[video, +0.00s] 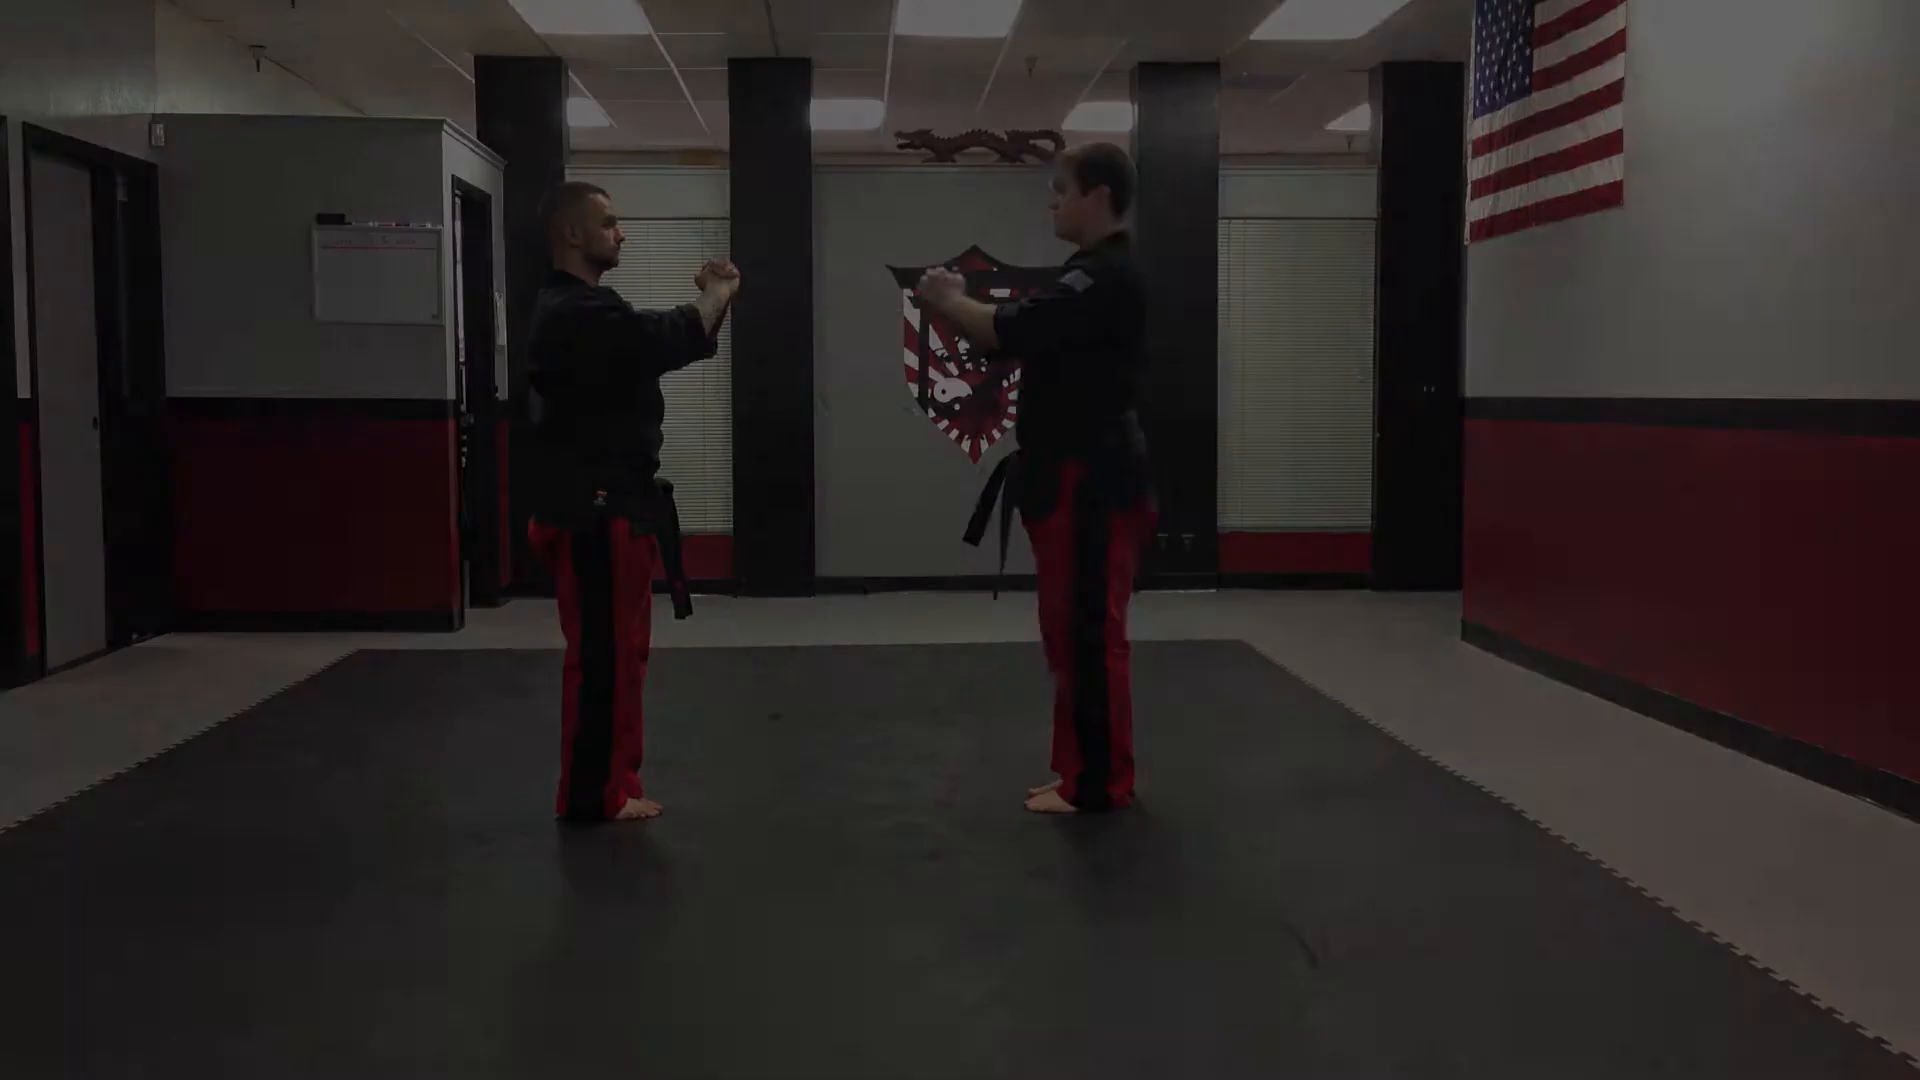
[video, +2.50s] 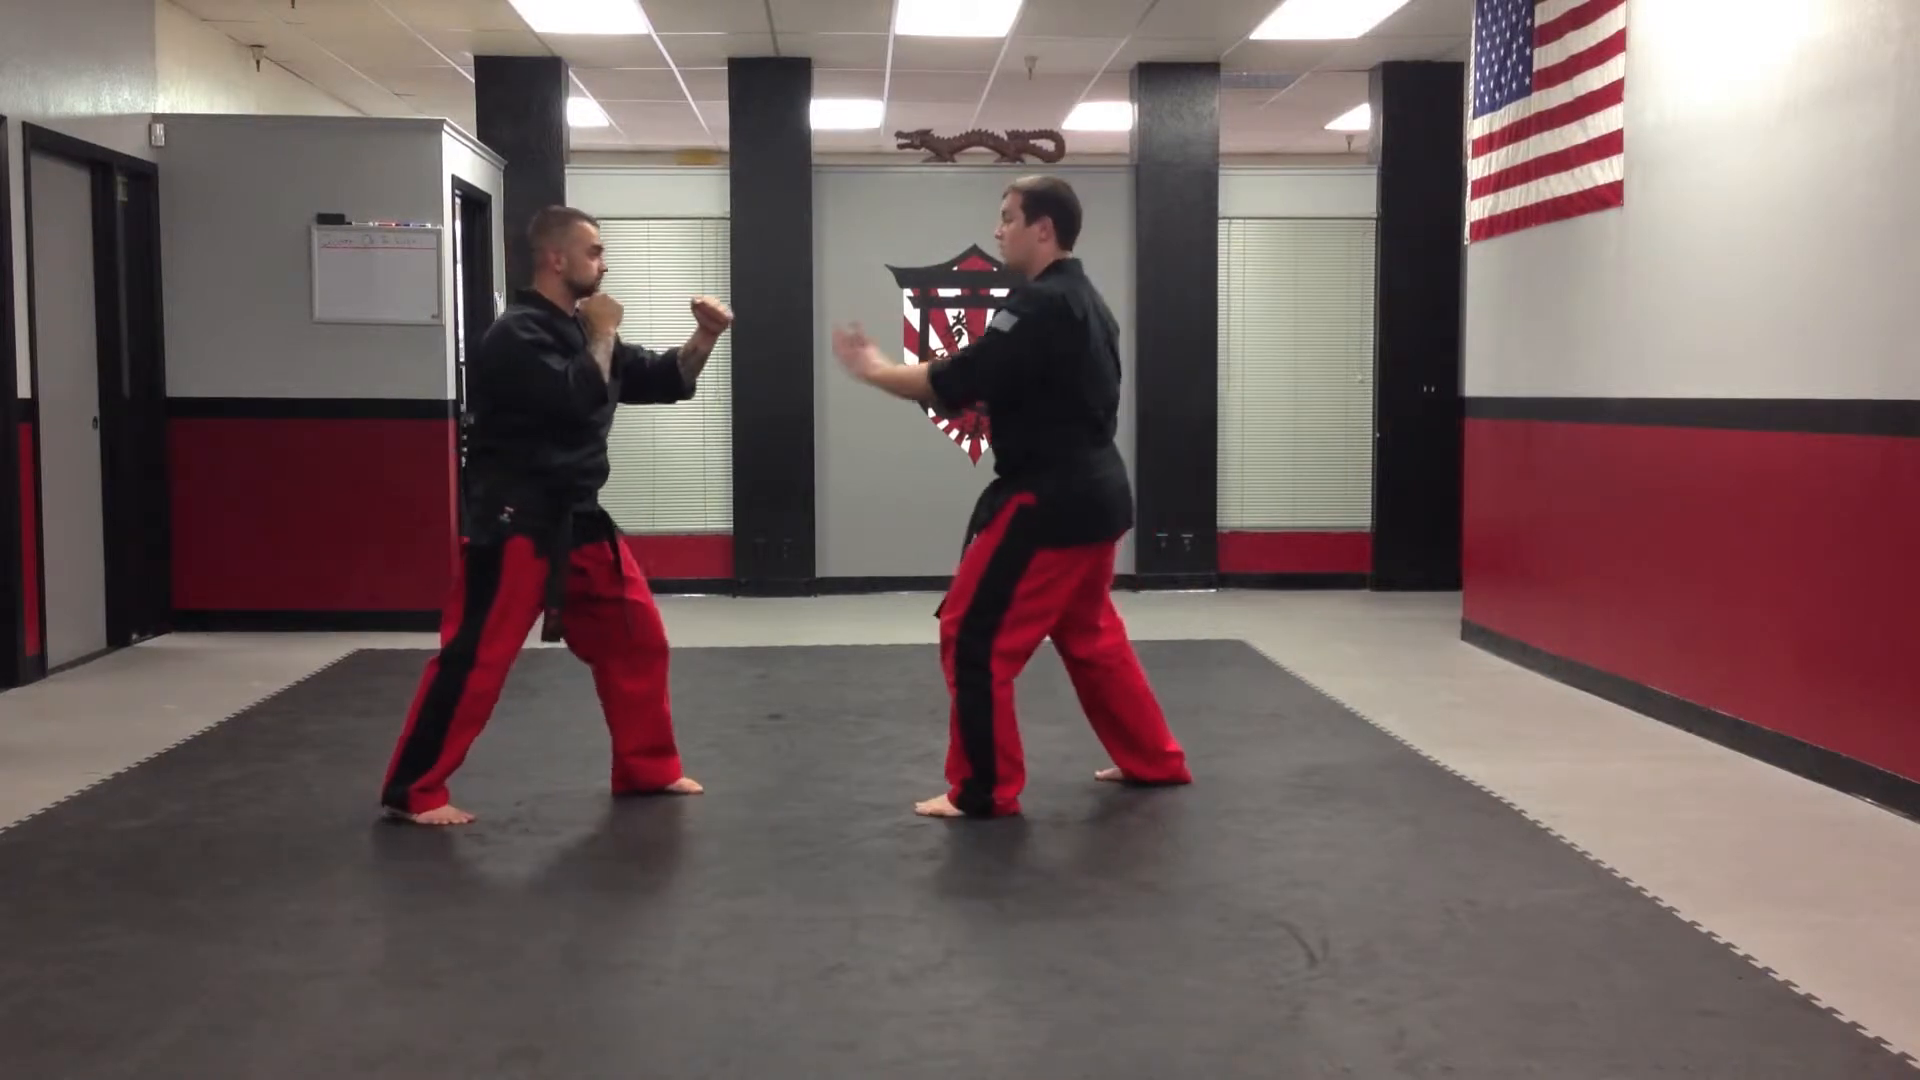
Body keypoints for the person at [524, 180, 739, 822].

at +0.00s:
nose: (620, 234)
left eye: (617, 223)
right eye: (608, 224)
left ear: (578, 237)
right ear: (572, 235)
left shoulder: (579, 305)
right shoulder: (578, 310)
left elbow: (666, 346)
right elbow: (653, 345)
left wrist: (709, 308)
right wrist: (711, 304)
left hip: (606, 503)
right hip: (596, 506)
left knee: (612, 651)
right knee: (609, 654)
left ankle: (608, 790)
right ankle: (599, 795)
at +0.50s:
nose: (620, 233)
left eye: (617, 222)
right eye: (607, 223)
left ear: (575, 236)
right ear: (570, 234)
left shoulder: (581, 306)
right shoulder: (578, 311)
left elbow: (677, 343)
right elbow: (662, 342)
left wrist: (710, 303)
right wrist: (713, 299)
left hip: (606, 505)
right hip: (595, 508)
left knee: (612, 653)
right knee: (609, 656)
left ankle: (607, 790)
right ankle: (600, 795)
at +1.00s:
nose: (652, 258)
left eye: (653, 247)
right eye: (644, 245)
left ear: (611, 243)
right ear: (606, 240)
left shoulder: (604, 311)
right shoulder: (558, 312)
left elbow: (579, 403)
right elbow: (550, 409)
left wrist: (624, 405)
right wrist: (615, 406)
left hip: (604, 496)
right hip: (561, 500)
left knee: (619, 639)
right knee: (573, 642)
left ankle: (603, 783)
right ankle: (520, 778)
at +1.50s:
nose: (587, 275)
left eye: (590, 263)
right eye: (582, 262)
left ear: (546, 258)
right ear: (542, 255)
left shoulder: (545, 326)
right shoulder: (485, 329)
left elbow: (529, 411)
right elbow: (475, 428)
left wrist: (557, 414)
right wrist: (551, 421)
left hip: (552, 511)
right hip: (493, 517)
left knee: (607, 635)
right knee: (468, 658)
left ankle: (614, 772)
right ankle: (415, 794)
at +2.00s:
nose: (579, 262)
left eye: (578, 251)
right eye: (568, 251)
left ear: (540, 257)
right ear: (529, 255)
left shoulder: (558, 330)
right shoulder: (493, 335)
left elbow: (630, 381)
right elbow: (547, 397)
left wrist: (649, 332)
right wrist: (586, 343)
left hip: (567, 518)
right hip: (504, 523)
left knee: (610, 647)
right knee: (472, 663)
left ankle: (637, 768)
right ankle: (411, 792)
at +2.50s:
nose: (604, 264)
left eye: (602, 252)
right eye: (593, 252)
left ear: (560, 261)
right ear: (553, 258)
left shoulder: (580, 333)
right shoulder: (512, 335)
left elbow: (664, 379)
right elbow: (570, 401)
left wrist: (704, 339)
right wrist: (602, 340)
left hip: (578, 518)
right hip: (510, 523)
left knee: (636, 641)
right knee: (473, 660)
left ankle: (645, 771)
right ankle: (412, 791)